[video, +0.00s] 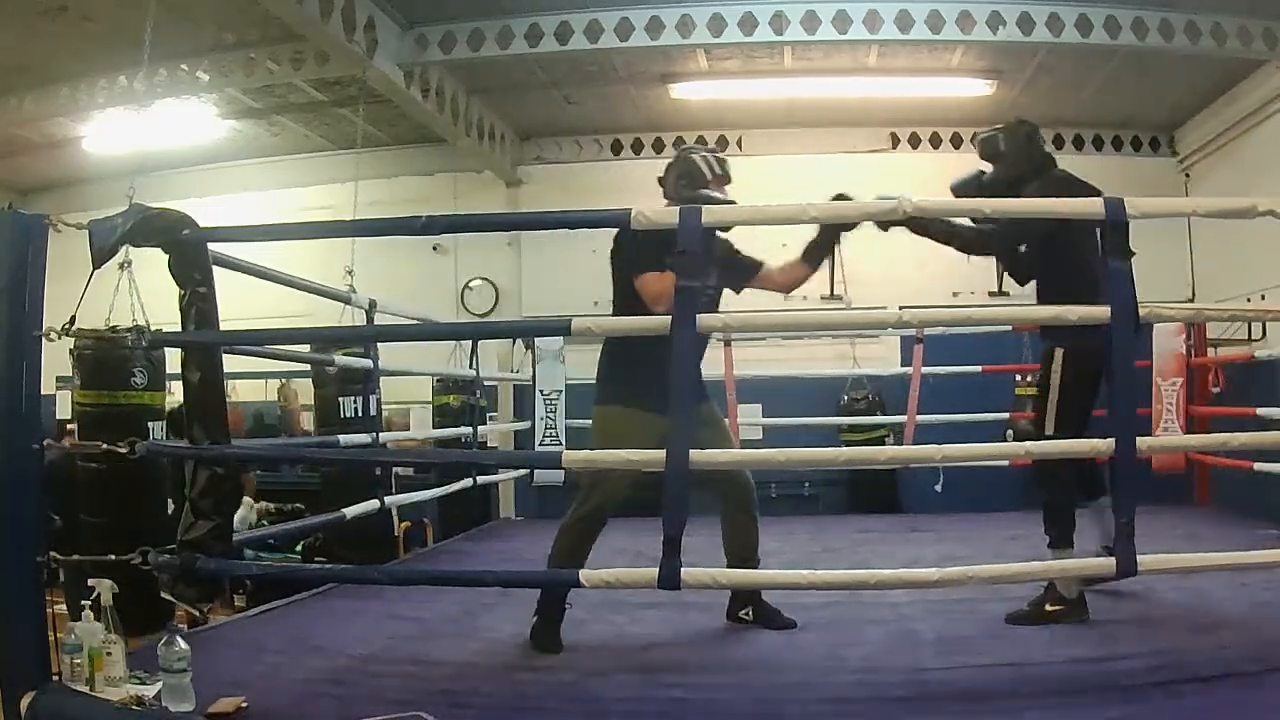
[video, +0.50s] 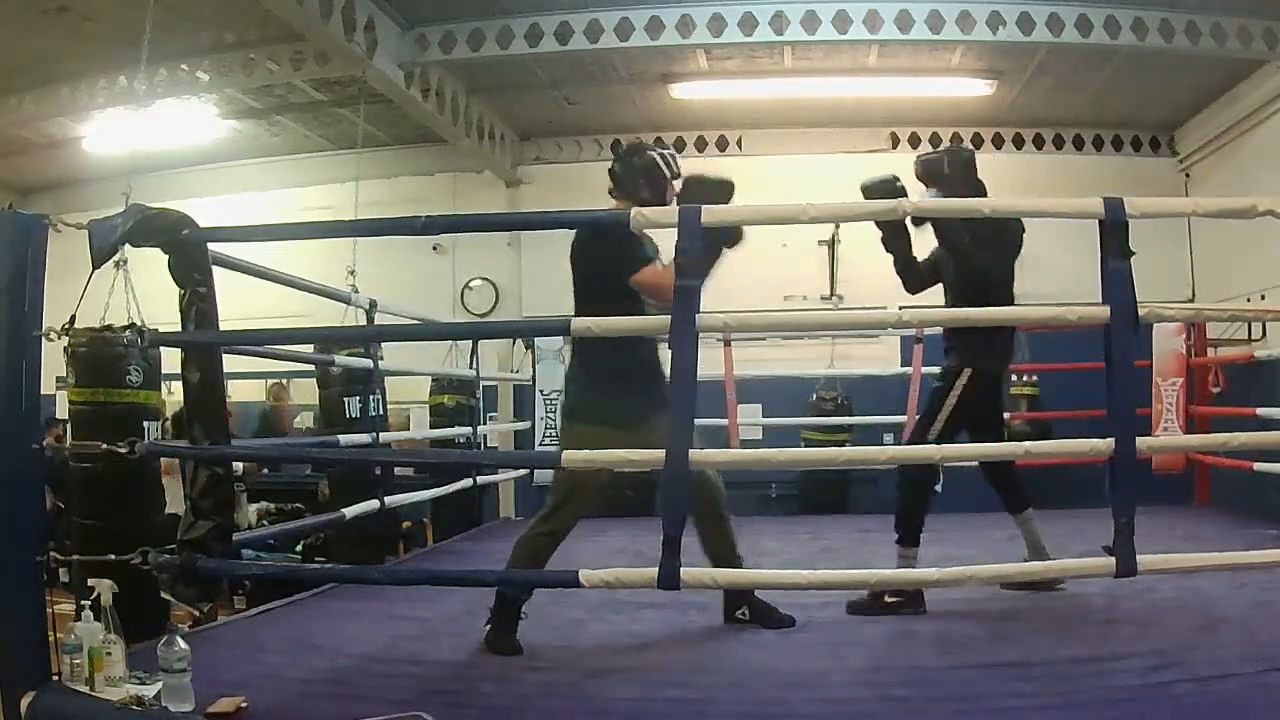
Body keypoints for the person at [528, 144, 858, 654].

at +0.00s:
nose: (723, 199)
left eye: (723, 191)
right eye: (714, 191)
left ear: (721, 193)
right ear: (683, 189)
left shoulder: (714, 249)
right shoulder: (640, 231)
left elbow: (784, 279)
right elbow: (658, 297)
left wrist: (828, 235)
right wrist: (702, 253)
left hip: (689, 395)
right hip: (628, 394)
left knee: (738, 486)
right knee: (601, 498)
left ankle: (745, 599)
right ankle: (549, 609)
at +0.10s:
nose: (743, 200)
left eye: (744, 192)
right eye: (735, 190)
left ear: (732, 196)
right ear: (702, 187)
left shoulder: (727, 244)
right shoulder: (652, 226)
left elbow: (798, 263)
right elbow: (670, 296)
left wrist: (847, 224)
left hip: (689, 391)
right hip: (629, 387)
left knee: (731, 488)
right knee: (598, 493)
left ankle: (745, 597)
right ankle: (551, 604)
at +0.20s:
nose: (739, 192)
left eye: (739, 185)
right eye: (733, 184)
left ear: (713, 187)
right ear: (705, 184)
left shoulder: (726, 230)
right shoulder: (654, 222)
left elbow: (801, 247)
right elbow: (679, 298)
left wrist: (870, 220)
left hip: (686, 388)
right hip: (629, 383)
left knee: (727, 482)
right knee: (592, 491)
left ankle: (744, 592)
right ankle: (537, 594)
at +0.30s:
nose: (723, 190)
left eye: (721, 182)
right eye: (717, 182)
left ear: (677, 182)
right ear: (691, 182)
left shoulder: (705, 238)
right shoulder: (638, 230)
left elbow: (766, 282)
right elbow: (663, 297)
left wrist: (818, 244)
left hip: (688, 395)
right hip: (629, 394)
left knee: (740, 485)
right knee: (585, 495)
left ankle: (745, 593)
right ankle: (515, 593)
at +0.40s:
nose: (699, 197)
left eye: (696, 189)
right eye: (692, 189)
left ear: (672, 193)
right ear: (663, 194)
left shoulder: (686, 249)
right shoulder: (618, 245)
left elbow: (723, 305)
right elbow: (644, 301)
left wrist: (762, 263)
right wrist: (702, 293)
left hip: (686, 407)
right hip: (624, 407)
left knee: (742, 493)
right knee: (579, 508)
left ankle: (746, 601)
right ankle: (506, 608)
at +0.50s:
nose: (672, 198)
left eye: (672, 188)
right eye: (665, 188)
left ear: (627, 188)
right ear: (638, 187)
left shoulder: (630, 236)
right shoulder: (607, 233)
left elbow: (668, 296)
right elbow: (672, 291)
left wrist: (703, 246)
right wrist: (711, 243)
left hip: (640, 406)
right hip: (602, 407)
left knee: (705, 491)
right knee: (561, 514)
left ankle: (739, 597)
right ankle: (503, 616)